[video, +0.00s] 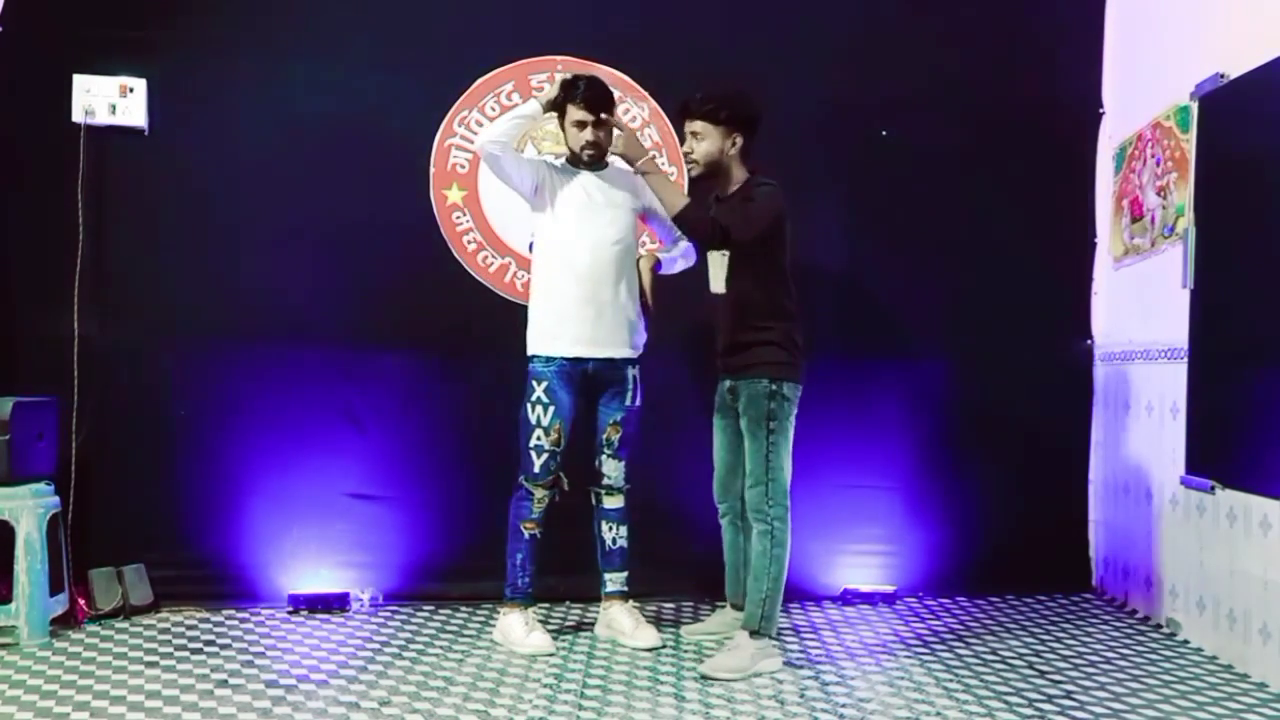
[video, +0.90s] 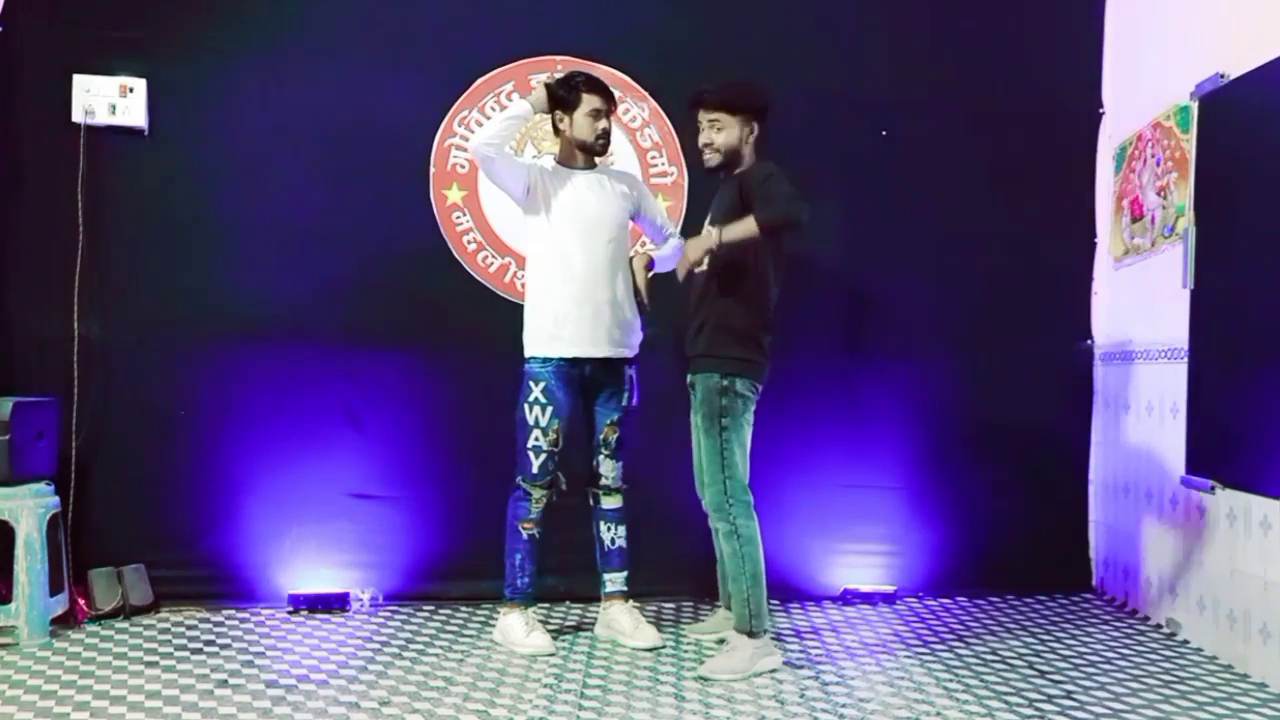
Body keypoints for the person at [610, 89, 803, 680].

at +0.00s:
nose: (688, 148)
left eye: (698, 137)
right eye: (685, 137)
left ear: (734, 140)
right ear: (694, 144)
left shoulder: (764, 196)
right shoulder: (712, 199)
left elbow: (709, 230)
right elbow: (660, 208)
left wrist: (647, 167)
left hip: (769, 371)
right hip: (732, 371)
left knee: (767, 502)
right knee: (731, 499)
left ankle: (762, 637)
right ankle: (739, 612)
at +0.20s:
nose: (680, 140)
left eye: (688, 130)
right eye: (681, 130)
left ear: (718, 135)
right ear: (714, 136)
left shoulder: (764, 194)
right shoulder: (717, 197)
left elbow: (739, 271)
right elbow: (716, 271)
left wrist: (677, 217)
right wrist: (670, 230)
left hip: (766, 369)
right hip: (732, 368)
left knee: (762, 501)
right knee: (728, 497)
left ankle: (761, 637)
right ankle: (737, 616)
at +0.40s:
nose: (680, 137)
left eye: (686, 126)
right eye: (681, 127)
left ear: (715, 131)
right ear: (715, 132)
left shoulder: (763, 195)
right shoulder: (725, 199)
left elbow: (782, 283)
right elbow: (722, 279)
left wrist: (702, 291)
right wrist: (666, 289)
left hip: (757, 372)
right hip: (727, 371)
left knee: (758, 501)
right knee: (729, 500)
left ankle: (761, 638)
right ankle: (739, 614)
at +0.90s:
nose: (705, 137)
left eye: (717, 126)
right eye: (702, 127)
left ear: (749, 129)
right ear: (705, 132)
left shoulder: (762, 177)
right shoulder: (727, 192)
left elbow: (788, 212)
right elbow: (708, 268)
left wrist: (713, 238)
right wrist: (666, 260)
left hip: (731, 363)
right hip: (707, 363)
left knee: (730, 497)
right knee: (716, 496)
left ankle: (755, 636)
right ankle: (735, 613)